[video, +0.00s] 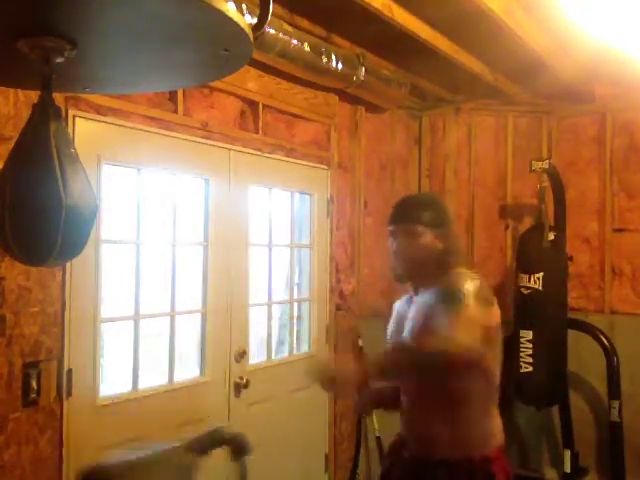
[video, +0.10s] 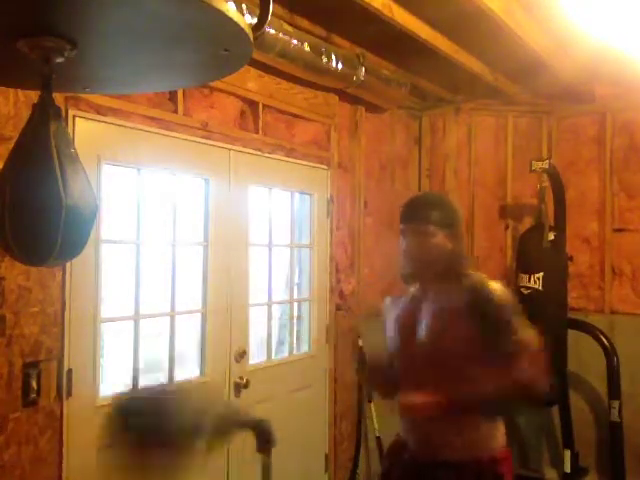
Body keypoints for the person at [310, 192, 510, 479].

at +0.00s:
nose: (395, 248)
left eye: (407, 236)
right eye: (393, 237)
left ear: (436, 239)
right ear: (389, 241)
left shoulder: (465, 290)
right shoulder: (402, 307)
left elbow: (452, 355)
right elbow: (412, 389)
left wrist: (368, 368)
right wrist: (369, 395)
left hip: (470, 462)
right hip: (418, 458)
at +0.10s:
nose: (408, 247)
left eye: (422, 235)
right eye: (404, 235)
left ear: (450, 239)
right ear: (399, 240)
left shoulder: (485, 297)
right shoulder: (404, 306)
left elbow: (532, 377)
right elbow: (400, 379)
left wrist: (447, 398)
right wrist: (372, 371)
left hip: (477, 462)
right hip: (417, 459)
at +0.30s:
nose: (422, 243)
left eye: (437, 232)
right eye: (415, 232)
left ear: (466, 238)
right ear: (409, 237)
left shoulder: (504, 305)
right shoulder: (390, 294)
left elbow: (544, 388)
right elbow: (342, 341)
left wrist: (486, 394)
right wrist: (346, 326)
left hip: (477, 463)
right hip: (406, 462)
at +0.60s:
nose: (388, 248)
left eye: (400, 237)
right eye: (385, 237)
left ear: (426, 237)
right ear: (381, 239)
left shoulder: (459, 288)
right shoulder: (386, 300)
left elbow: (412, 324)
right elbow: (387, 370)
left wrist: (318, 326)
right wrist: (370, 404)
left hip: (462, 459)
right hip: (405, 453)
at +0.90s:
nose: (401, 248)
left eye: (412, 237)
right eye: (398, 237)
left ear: (439, 239)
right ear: (393, 240)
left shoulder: (483, 297)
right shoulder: (389, 302)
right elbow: (390, 368)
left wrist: (448, 397)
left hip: (473, 462)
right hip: (409, 459)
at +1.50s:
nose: (388, 250)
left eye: (397, 238)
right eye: (388, 240)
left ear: (430, 240)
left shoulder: (459, 289)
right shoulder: (401, 306)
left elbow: (414, 334)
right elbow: (423, 379)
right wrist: (381, 406)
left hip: (469, 461)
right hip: (414, 456)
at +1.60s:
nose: (401, 250)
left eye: (415, 238)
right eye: (395, 239)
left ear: (443, 242)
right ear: (388, 244)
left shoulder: (471, 296)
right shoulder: (396, 308)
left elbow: (485, 383)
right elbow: (410, 378)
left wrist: (398, 391)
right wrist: (378, 384)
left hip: (472, 464)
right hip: (413, 460)